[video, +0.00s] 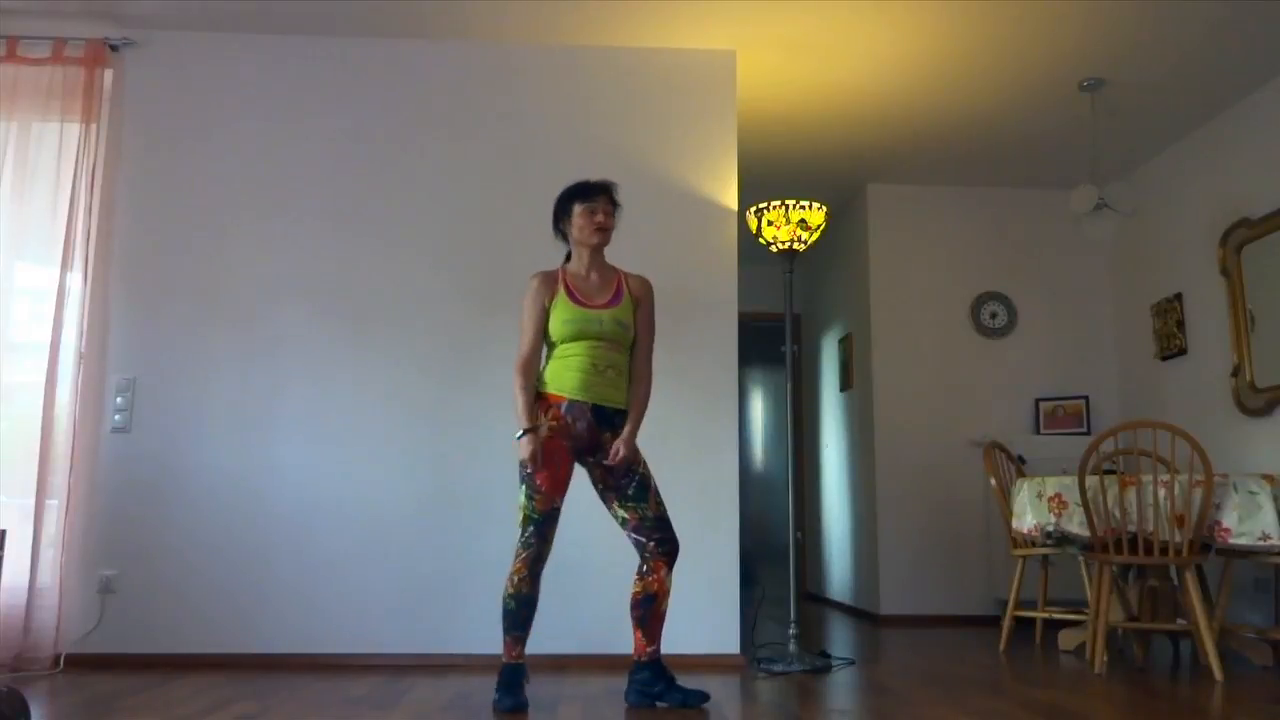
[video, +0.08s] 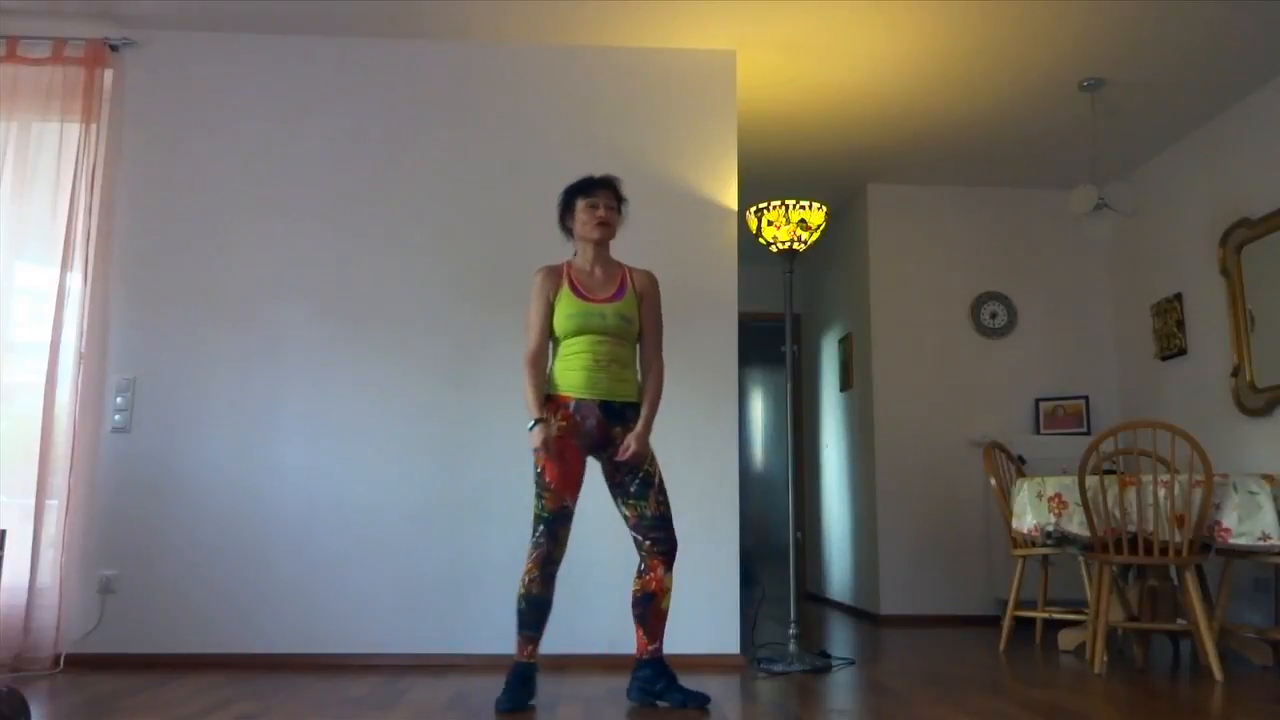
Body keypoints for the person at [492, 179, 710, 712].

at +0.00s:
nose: (600, 218)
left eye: (607, 211)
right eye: (589, 210)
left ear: (615, 223)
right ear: (566, 223)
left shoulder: (637, 288)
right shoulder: (548, 285)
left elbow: (642, 368)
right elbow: (527, 361)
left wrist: (630, 431)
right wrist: (529, 428)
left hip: (610, 430)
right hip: (552, 424)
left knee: (659, 546)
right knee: (532, 548)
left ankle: (647, 672)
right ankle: (511, 673)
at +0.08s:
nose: (601, 213)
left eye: (610, 207)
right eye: (590, 205)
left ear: (620, 219)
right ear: (569, 217)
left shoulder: (641, 282)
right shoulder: (552, 278)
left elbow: (653, 360)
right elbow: (534, 353)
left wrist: (644, 425)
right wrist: (540, 417)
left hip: (622, 424)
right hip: (563, 420)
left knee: (659, 543)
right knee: (547, 543)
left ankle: (650, 669)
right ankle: (523, 670)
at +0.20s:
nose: (609, 214)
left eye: (619, 207)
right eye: (599, 205)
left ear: (629, 220)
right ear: (578, 217)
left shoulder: (649, 281)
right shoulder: (560, 278)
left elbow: (670, 362)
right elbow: (546, 352)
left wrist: (662, 423)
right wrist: (560, 411)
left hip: (646, 418)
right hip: (584, 418)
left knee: (662, 544)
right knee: (551, 544)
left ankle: (670, 666)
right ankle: (554, 668)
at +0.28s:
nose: (614, 220)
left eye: (623, 214)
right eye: (604, 212)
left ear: (635, 227)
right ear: (584, 224)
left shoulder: (653, 289)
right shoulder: (564, 286)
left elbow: (677, 366)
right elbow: (552, 363)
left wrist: (675, 431)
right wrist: (572, 417)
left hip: (652, 421)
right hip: (595, 425)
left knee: (669, 547)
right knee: (545, 545)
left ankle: (686, 667)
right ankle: (559, 671)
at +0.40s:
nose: (615, 231)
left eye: (626, 225)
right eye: (606, 223)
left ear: (639, 238)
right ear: (589, 236)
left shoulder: (657, 302)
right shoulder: (567, 295)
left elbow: (675, 376)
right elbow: (556, 373)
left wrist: (683, 450)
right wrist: (576, 436)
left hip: (656, 431)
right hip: (598, 437)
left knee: (673, 553)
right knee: (537, 551)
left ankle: (691, 669)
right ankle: (558, 672)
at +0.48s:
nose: (614, 226)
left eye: (624, 220)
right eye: (604, 219)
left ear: (637, 234)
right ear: (587, 231)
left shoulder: (655, 296)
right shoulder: (566, 290)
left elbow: (670, 370)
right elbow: (553, 368)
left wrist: (674, 442)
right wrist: (570, 431)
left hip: (650, 428)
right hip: (590, 431)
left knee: (668, 548)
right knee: (536, 547)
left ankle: (687, 667)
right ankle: (553, 668)